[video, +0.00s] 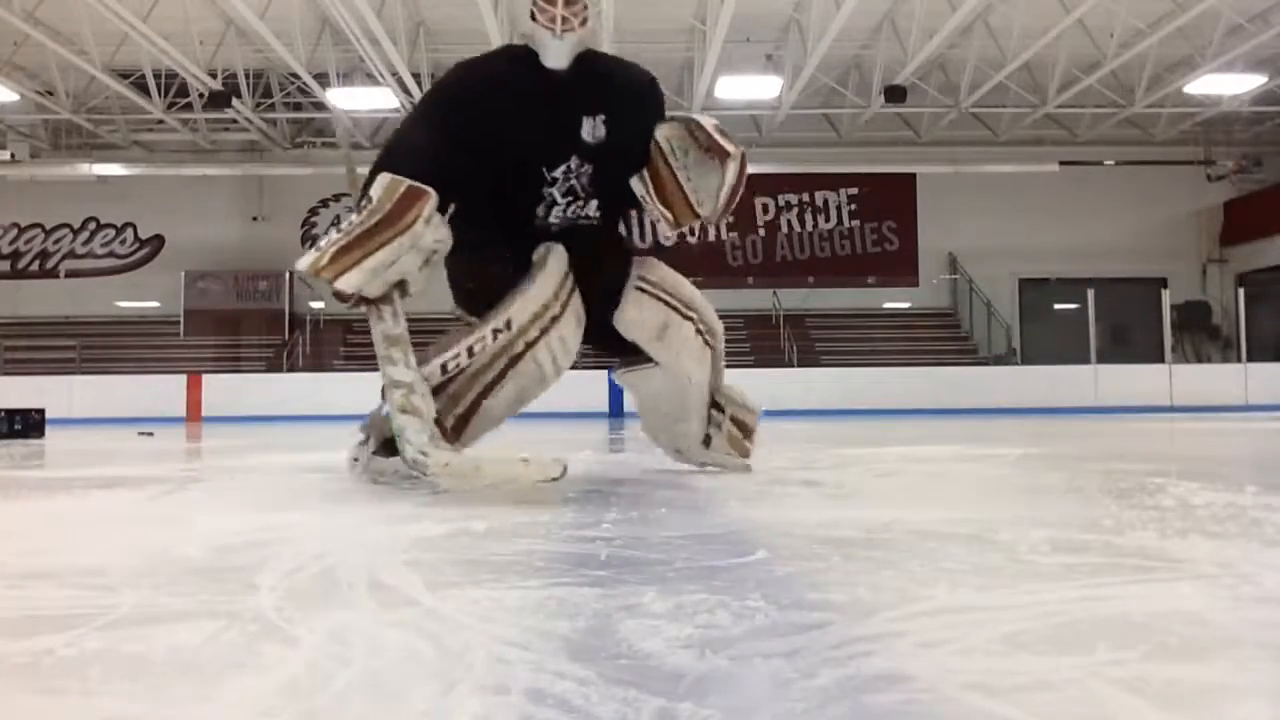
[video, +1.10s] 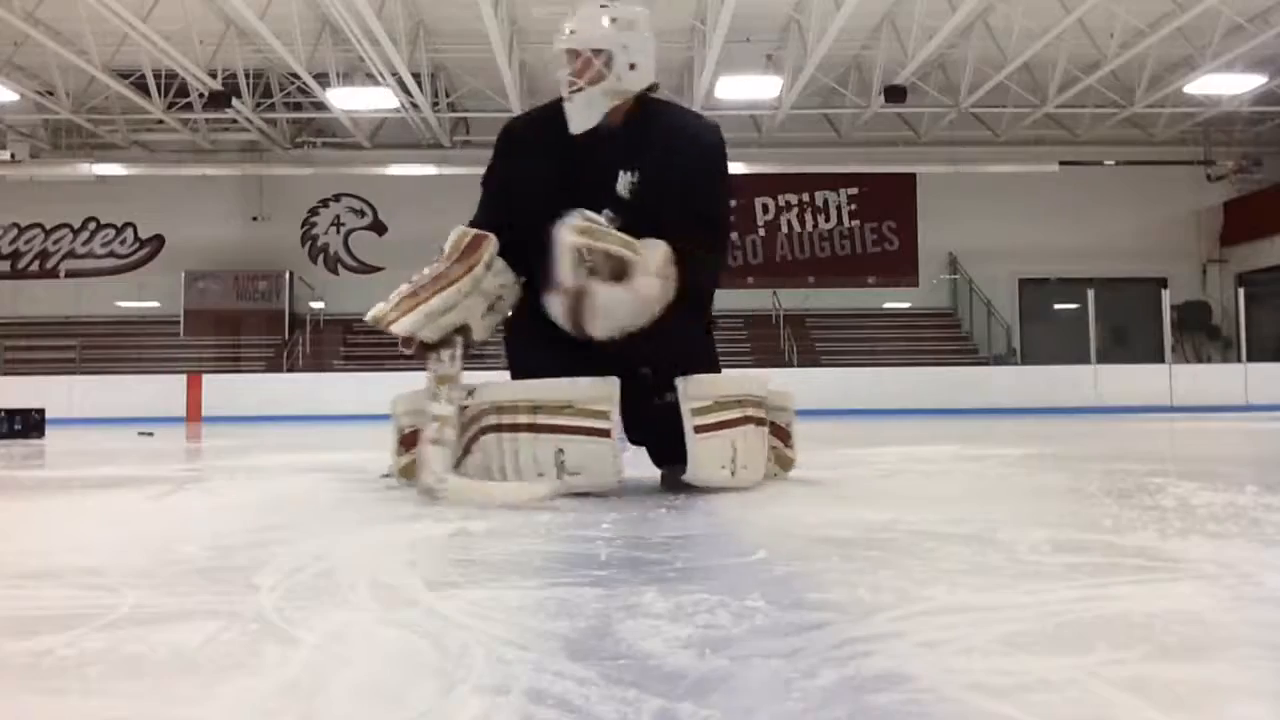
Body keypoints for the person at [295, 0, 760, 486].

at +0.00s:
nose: (560, 12)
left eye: (573, 3)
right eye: (547, 2)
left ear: (589, 12)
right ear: (527, 8)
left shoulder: (630, 89)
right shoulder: (474, 86)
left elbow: (648, 203)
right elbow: (402, 178)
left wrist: (686, 192)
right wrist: (370, 259)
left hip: (594, 255)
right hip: (494, 255)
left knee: (682, 322)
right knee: (541, 334)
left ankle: (697, 436)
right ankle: (401, 439)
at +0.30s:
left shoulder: (674, 38)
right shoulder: (516, 28)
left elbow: (700, 130)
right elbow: (466, 142)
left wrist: (758, 139)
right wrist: (432, 242)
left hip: (633, 198)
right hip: (535, 198)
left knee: (697, 305)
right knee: (502, 319)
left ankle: (748, 433)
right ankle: (418, 427)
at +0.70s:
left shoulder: (696, 52)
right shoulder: (531, 48)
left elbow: (713, 168)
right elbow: (484, 163)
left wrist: (759, 165)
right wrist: (460, 258)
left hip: (660, 226)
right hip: (557, 229)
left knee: (730, 325)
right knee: (513, 343)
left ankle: (804, 435)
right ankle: (419, 436)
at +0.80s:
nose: (622, 9)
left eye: (635, 1)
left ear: (654, 4)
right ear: (587, 3)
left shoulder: (695, 77)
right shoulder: (529, 74)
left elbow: (729, 190)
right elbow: (478, 193)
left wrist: (760, 215)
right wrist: (470, 275)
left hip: (665, 308)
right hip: (552, 302)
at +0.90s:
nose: (619, 50)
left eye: (633, 38)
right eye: (606, 37)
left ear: (652, 43)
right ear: (587, 39)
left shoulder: (696, 126)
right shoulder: (529, 121)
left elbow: (728, 235)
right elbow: (473, 225)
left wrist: (743, 247)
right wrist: (462, 296)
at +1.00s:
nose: (606, 68)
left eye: (621, 55)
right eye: (594, 55)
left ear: (650, 61)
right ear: (579, 61)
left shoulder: (696, 143)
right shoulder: (530, 137)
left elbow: (718, 250)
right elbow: (480, 241)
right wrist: (453, 323)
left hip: (660, 366)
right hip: (548, 367)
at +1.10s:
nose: (575, 71)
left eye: (591, 59)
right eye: (570, 58)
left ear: (630, 64)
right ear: (562, 61)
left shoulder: (689, 140)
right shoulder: (525, 139)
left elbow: (703, 260)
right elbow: (493, 245)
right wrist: (449, 312)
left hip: (662, 360)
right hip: (550, 366)